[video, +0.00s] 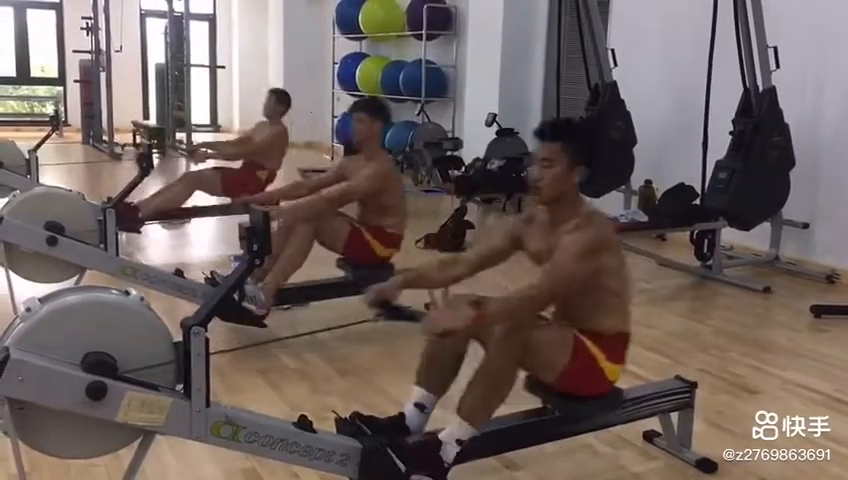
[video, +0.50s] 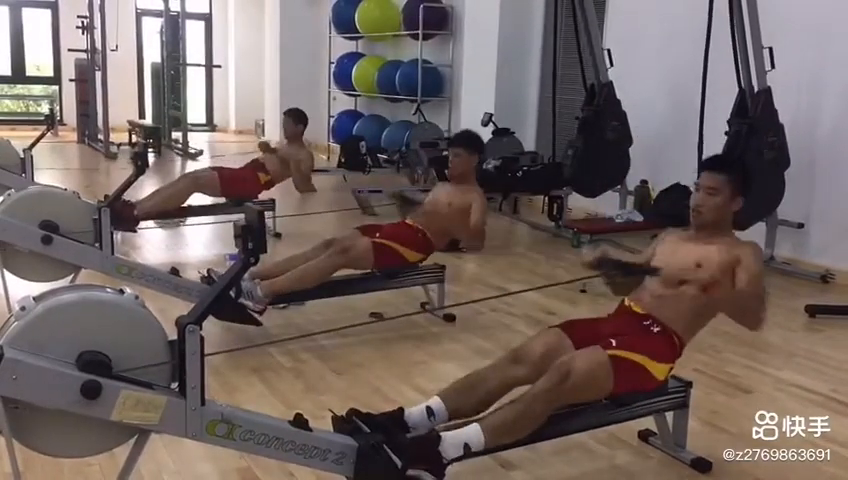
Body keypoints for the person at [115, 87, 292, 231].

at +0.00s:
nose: (265, 104)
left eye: (270, 101)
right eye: (267, 100)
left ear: (281, 109)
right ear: (272, 106)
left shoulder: (277, 133)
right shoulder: (263, 126)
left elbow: (244, 151)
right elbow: (237, 143)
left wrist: (206, 152)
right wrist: (205, 146)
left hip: (251, 182)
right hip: (243, 175)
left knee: (192, 180)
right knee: (187, 178)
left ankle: (140, 214)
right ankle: (138, 209)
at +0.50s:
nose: (284, 127)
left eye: (287, 123)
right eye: (285, 123)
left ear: (298, 126)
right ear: (293, 126)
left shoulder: (302, 154)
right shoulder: (289, 146)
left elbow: (304, 187)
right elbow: (280, 163)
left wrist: (290, 162)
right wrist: (268, 150)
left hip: (249, 182)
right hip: (242, 174)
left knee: (191, 180)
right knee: (188, 177)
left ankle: (136, 215)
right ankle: (134, 208)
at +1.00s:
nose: (252, 113)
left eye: (255, 108)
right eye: (252, 108)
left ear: (268, 110)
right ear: (261, 110)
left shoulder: (275, 136)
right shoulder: (259, 132)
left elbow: (262, 172)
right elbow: (241, 158)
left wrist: (222, 171)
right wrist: (215, 158)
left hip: (249, 185)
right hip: (238, 178)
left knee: (191, 189)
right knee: (188, 187)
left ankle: (132, 217)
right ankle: (131, 211)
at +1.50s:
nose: (229, 111)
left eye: (232, 106)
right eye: (229, 106)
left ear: (245, 109)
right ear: (241, 109)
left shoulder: (258, 136)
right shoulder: (240, 134)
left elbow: (238, 173)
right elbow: (220, 160)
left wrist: (202, 189)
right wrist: (192, 175)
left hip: (248, 189)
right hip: (238, 183)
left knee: (192, 200)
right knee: (189, 196)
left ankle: (133, 219)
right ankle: (131, 213)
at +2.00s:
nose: (205, 110)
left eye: (209, 106)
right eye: (206, 106)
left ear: (222, 109)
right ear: (217, 109)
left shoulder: (236, 131)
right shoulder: (216, 130)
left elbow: (212, 160)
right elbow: (192, 150)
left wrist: (176, 170)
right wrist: (164, 163)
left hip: (241, 186)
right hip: (231, 181)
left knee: (184, 173)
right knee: (177, 168)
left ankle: (141, 216)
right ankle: (138, 211)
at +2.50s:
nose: (156, 107)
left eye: (160, 103)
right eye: (157, 102)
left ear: (172, 109)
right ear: (170, 110)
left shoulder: (182, 134)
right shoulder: (166, 130)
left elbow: (148, 157)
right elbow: (141, 148)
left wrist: (114, 167)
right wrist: (107, 158)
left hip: (198, 186)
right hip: (188, 181)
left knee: (152, 162)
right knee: (141, 159)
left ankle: (141, 209)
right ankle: (139, 207)